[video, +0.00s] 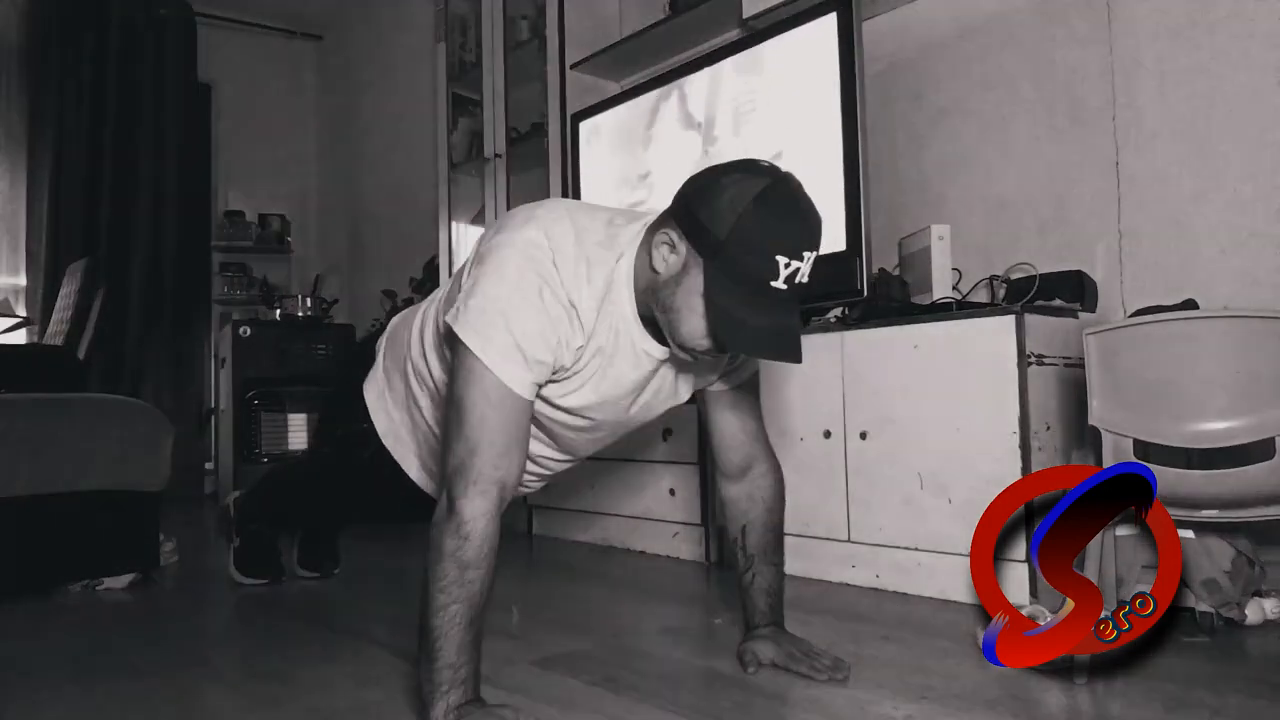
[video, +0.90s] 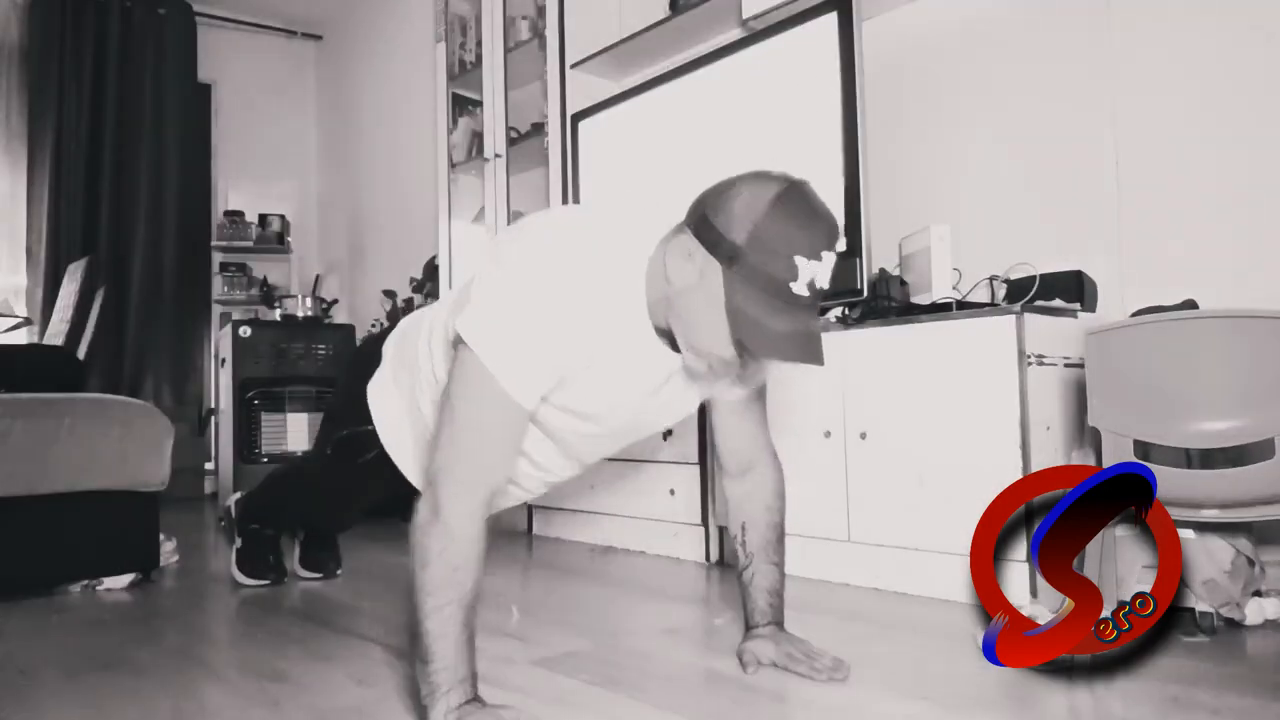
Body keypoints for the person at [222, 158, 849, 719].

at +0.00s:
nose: (734, 351)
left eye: (752, 333)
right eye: (728, 319)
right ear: (669, 253)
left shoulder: (718, 316)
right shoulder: (536, 260)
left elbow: (746, 471)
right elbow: (473, 496)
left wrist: (765, 630)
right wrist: (450, 700)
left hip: (499, 461)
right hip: (404, 417)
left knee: (373, 505)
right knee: (319, 485)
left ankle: (313, 525)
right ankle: (250, 518)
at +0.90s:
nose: (753, 353)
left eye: (765, 335)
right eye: (745, 324)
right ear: (686, 264)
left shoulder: (724, 329)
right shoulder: (546, 276)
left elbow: (749, 468)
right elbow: (449, 502)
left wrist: (766, 627)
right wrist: (449, 697)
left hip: (485, 451)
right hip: (402, 411)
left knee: (368, 492)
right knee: (319, 483)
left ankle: (314, 524)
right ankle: (251, 522)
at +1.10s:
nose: (776, 534)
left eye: (795, 520)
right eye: (775, 510)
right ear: (742, 445)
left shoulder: (780, 409)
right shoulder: (585, 401)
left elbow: (776, 513)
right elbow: (396, 528)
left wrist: (765, 625)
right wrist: (446, 702)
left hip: (523, 483)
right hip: (432, 438)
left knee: (358, 509)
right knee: (324, 494)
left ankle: (303, 543)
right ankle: (255, 521)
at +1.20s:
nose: (809, 624)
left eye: (830, 608)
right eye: (807, 599)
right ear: (757, 531)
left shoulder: (800, 482)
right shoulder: (615, 467)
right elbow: (394, 528)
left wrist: (771, 637)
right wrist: (444, 702)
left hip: (528, 485)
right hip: (430, 469)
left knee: (354, 532)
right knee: (321, 519)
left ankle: (277, 533)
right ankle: (254, 521)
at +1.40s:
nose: (842, 698)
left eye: (863, 680)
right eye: (840, 670)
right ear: (781, 595)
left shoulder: (825, 520)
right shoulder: (629, 533)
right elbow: (402, 533)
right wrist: (444, 702)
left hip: (550, 498)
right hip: (450, 540)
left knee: (388, 509)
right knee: (345, 538)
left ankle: (318, 496)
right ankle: (273, 517)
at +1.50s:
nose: (832, 654)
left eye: (851, 635)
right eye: (832, 627)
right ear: (776, 555)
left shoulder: (811, 506)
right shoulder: (626, 505)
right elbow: (395, 533)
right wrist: (446, 702)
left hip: (546, 489)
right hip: (446, 514)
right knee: (324, 532)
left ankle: (286, 524)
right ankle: (263, 529)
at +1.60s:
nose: (816, 552)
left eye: (835, 536)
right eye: (816, 526)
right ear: (759, 470)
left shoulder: (768, 463)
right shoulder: (604, 448)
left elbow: (769, 534)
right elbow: (384, 533)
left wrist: (760, 632)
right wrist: (445, 702)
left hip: (528, 495)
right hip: (432, 483)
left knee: (352, 517)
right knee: (318, 528)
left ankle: (277, 530)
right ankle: (256, 529)